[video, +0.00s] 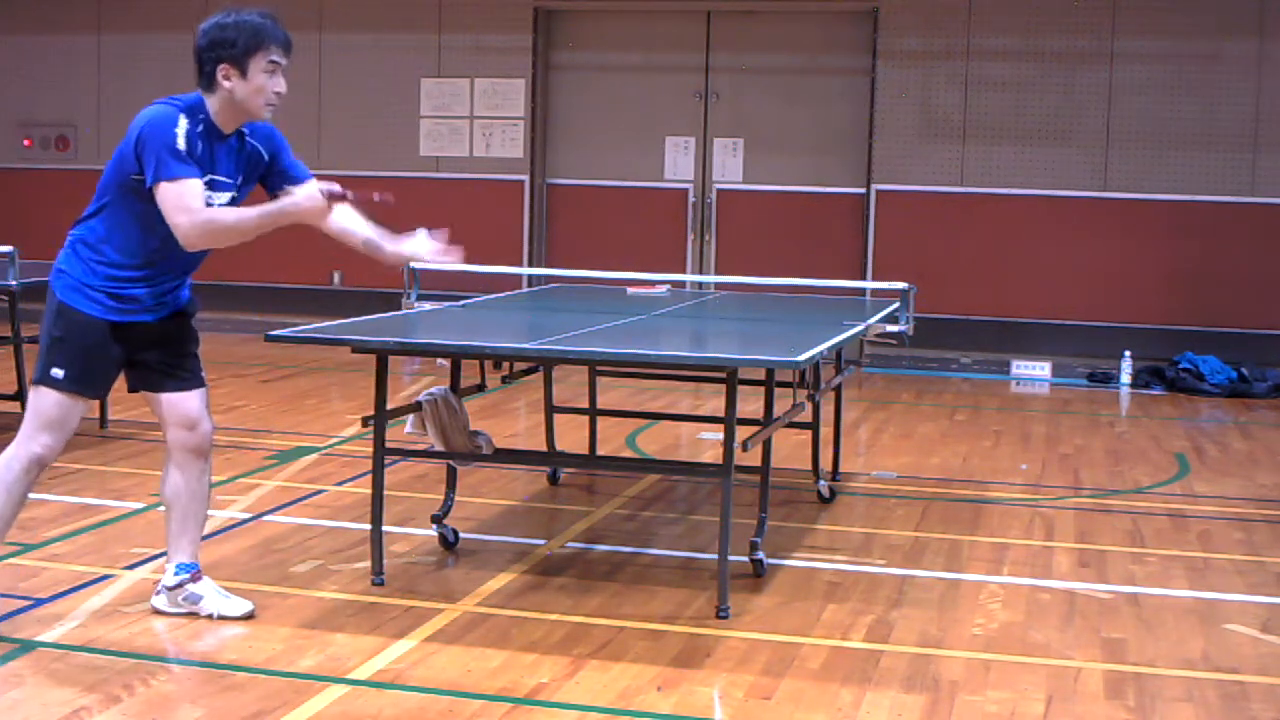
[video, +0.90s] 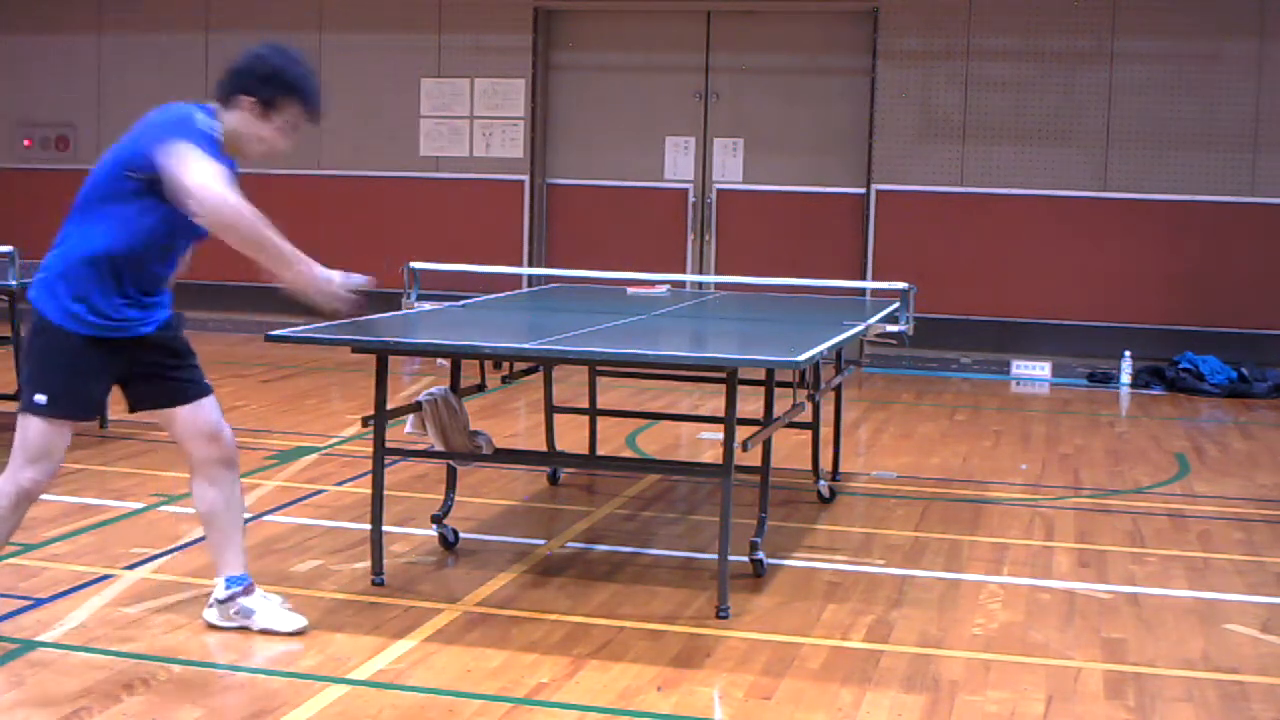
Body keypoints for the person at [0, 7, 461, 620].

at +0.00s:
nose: (281, 85)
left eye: (282, 71)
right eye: (269, 70)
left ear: (241, 76)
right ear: (225, 73)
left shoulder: (261, 141)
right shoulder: (165, 125)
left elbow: (324, 208)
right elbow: (192, 229)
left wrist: (392, 245)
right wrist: (290, 209)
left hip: (161, 303)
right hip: (90, 295)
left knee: (192, 435)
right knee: (38, 444)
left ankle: (179, 578)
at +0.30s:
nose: (222, 55)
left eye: (218, 42)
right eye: (206, 43)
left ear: (178, 59)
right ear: (164, 57)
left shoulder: (209, 116)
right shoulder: (113, 123)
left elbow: (298, 140)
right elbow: (122, 231)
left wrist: (390, 153)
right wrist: (222, 222)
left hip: (137, 303)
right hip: (62, 303)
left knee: (183, 434)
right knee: (25, 456)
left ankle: (180, 579)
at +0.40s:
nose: (208, 50)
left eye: (204, 38)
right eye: (192, 38)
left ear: (172, 56)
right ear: (149, 55)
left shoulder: (205, 116)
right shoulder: (99, 119)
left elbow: (300, 140)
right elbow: (73, 217)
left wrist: (383, 156)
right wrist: (178, 235)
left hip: (133, 305)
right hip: (56, 305)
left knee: (180, 439)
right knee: (19, 462)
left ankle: (181, 578)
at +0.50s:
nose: (202, 52)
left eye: (198, 39)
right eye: (185, 40)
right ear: (142, 59)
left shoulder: (206, 122)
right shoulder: (92, 121)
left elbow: (302, 150)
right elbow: (21, 190)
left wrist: (381, 177)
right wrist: (107, 208)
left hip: (131, 310)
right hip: (51, 310)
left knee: (180, 440)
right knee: (17, 467)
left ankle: (180, 578)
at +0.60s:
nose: (200, 65)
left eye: (198, 50)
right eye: (183, 51)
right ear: (138, 68)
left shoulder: (204, 135)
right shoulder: (93, 125)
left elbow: (286, 183)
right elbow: (24, 195)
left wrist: (348, 236)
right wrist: (32, 152)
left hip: (130, 316)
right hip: (48, 313)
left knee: (187, 447)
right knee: (23, 470)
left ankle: (183, 577)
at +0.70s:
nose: (212, 85)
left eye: (211, 70)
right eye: (197, 70)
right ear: (151, 80)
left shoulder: (204, 154)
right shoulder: (98, 126)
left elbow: (251, 225)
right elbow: (29, 181)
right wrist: (28, 125)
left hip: (128, 322)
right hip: (49, 320)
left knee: (201, 440)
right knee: (27, 475)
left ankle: (186, 571)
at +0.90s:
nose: (288, 144)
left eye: (295, 132)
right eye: (288, 127)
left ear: (254, 111)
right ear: (251, 106)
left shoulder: (218, 160)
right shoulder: (181, 125)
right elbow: (209, 202)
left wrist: (305, 284)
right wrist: (311, 275)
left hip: (146, 318)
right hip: (71, 315)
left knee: (214, 446)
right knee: (30, 473)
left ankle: (232, 590)